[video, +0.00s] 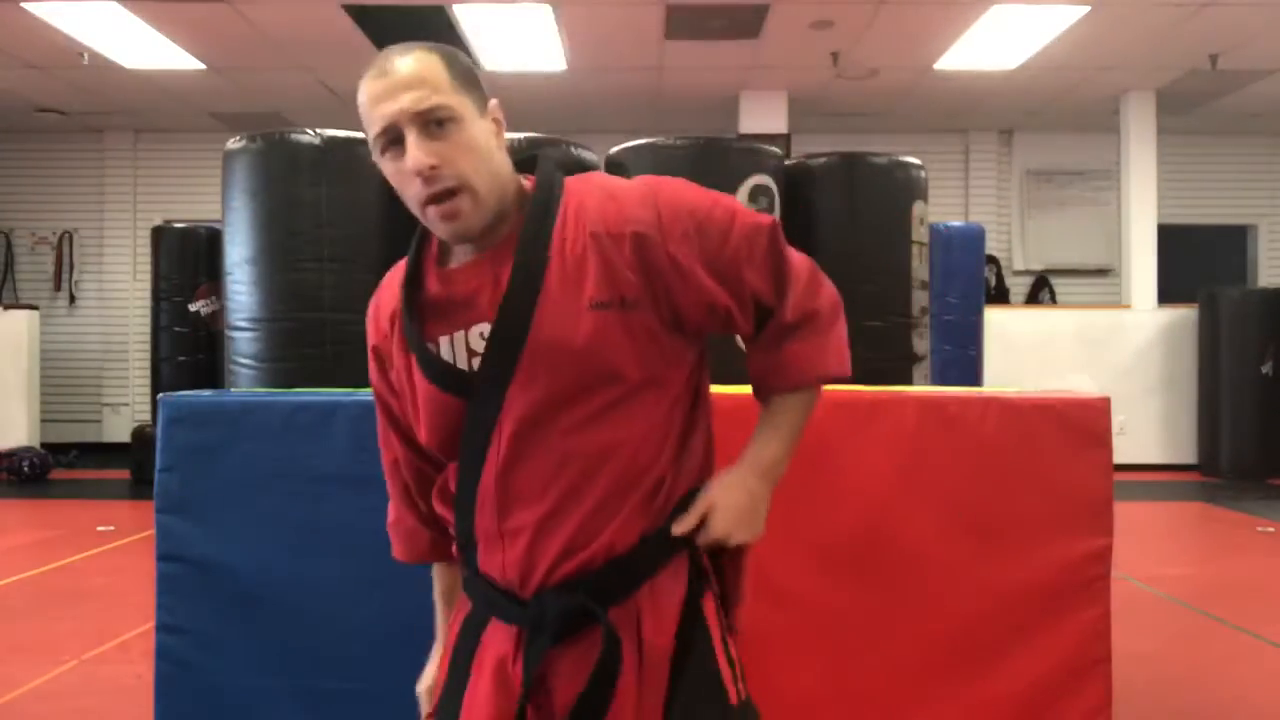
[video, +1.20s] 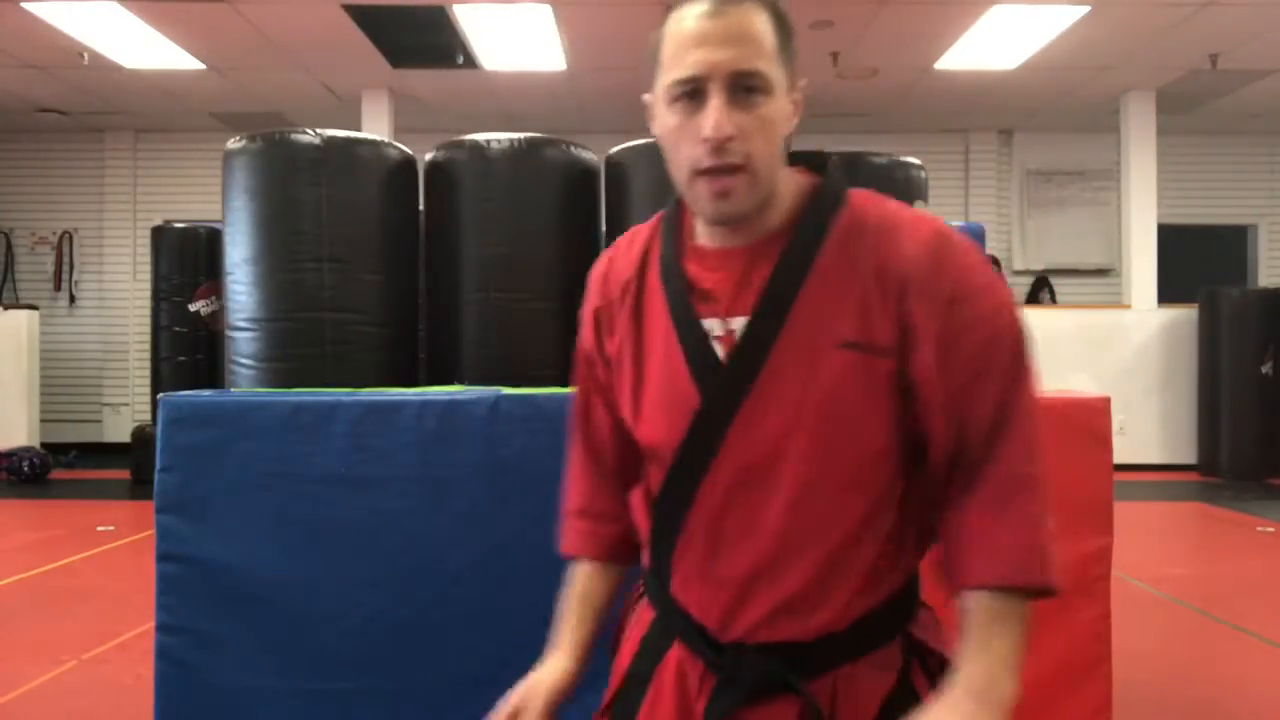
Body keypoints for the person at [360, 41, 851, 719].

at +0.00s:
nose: (418, 160)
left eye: (436, 124)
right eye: (391, 144)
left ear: (495, 119)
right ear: (381, 169)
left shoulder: (636, 223)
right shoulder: (395, 311)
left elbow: (803, 304)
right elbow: (424, 490)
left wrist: (756, 475)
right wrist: (447, 638)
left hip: (651, 629)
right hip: (498, 640)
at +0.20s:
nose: (482, 131)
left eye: (506, 101)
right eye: (456, 109)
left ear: (558, 112)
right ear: (435, 137)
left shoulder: (673, 247)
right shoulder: (408, 291)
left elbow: (774, 379)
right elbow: (419, 478)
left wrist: (773, 562)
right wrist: (450, 636)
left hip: (669, 648)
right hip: (505, 652)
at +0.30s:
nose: (539, 130)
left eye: (565, 101)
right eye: (513, 106)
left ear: (612, 115)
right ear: (482, 128)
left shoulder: (719, 267)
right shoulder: (436, 282)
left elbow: (782, 430)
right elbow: (434, 472)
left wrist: (795, 581)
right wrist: (456, 631)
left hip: (683, 663)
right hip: (513, 660)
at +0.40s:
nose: (611, 133)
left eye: (636, 105)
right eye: (584, 107)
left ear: (680, 120)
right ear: (547, 125)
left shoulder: (772, 279)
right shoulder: (481, 280)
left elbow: (831, 447)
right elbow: (474, 472)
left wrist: (852, 605)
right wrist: (492, 628)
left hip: (720, 671)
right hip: (545, 668)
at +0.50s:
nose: (688, 130)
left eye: (716, 104)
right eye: (662, 104)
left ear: (755, 126)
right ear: (623, 126)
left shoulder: (841, 293)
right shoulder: (541, 283)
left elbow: (907, 490)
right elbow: (523, 466)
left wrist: (958, 662)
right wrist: (540, 608)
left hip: (773, 685)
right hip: (591, 679)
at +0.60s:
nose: (772, 126)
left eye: (800, 99)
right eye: (745, 94)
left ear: (835, 127)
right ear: (696, 117)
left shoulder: (906, 292)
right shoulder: (592, 277)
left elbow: (983, 498)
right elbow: (560, 468)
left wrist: (1055, 675)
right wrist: (564, 621)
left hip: (827, 685)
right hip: (638, 677)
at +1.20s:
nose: (717, 125)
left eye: (746, 91)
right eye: (688, 95)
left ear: (793, 104)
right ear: (654, 117)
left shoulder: (923, 266)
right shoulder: (620, 280)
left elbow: (996, 484)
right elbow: (602, 486)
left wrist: (981, 687)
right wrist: (563, 655)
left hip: (857, 690)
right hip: (669, 682)